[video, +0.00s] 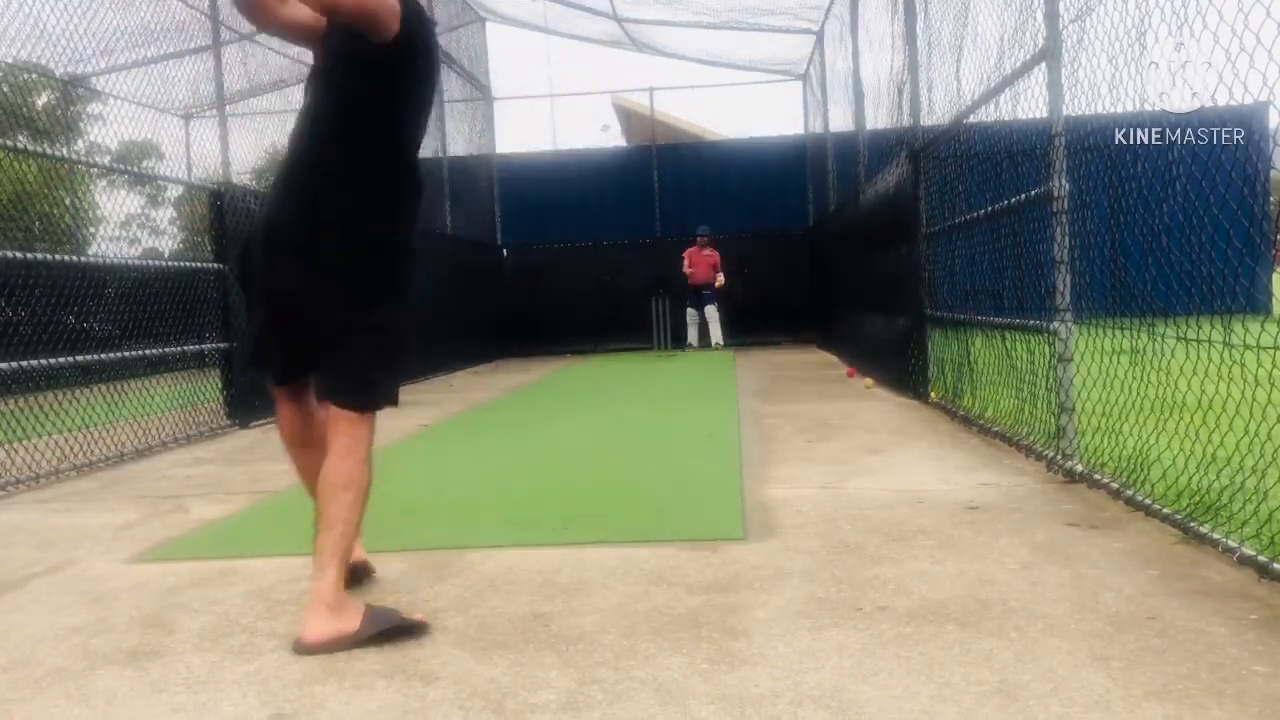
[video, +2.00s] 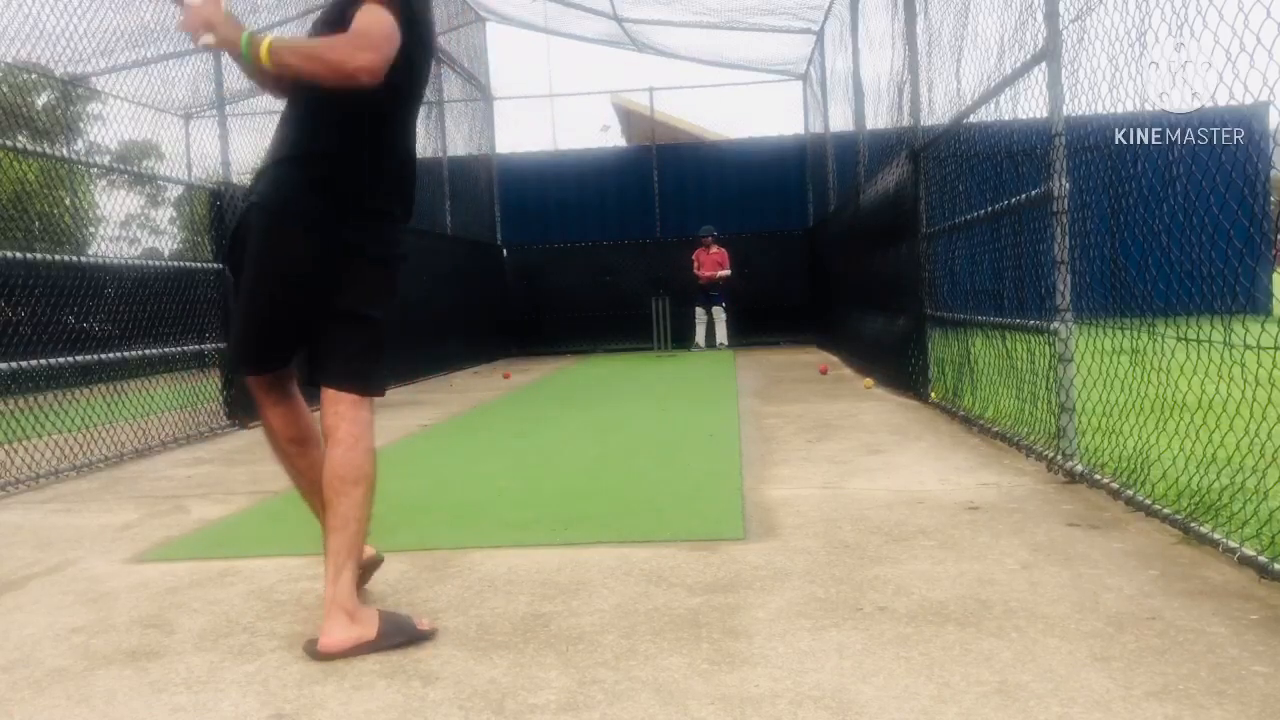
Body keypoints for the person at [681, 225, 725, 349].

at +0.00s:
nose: (701, 240)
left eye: (704, 237)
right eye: (699, 237)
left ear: (708, 239)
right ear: (696, 238)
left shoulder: (714, 254)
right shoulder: (689, 252)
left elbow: (718, 271)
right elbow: (685, 266)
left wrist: (719, 278)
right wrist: (688, 270)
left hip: (708, 286)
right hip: (693, 287)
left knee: (711, 313)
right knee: (691, 315)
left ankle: (717, 342)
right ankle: (692, 343)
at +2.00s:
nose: (704, 240)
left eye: (707, 237)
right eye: (703, 237)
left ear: (713, 237)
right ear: (700, 238)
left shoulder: (721, 252)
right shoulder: (698, 253)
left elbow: (727, 271)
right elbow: (695, 270)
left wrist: (714, 274)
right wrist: (701, 274)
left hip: (716, 285)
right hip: (702, 286)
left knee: (718, 313)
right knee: (700, 314)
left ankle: (721, 342)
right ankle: (699, 343)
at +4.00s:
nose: (704, 243)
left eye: (706, 240)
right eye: (703, 241)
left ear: (712, 239)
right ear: (704, 241)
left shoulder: (725, 252)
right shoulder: (702, 254)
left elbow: (731, 270)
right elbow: (702, 270)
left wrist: (718, 271)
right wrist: (696, 276)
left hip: (720, 285)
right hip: (707, 286)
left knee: (722, 311)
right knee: (700, 310)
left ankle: (726, 342)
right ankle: (699, 342)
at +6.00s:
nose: (716, 273)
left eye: (718, 271)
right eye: (714, 270)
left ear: (720, 272)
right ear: (710, 269)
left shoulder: (716, 280)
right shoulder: (702, 279)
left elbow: (715, 290)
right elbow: (703, 294)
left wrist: (717, 298)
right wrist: (714, 298)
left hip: (703, 302)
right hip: (690, 302)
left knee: (706, 326)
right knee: (686, 327)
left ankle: (707, 356)